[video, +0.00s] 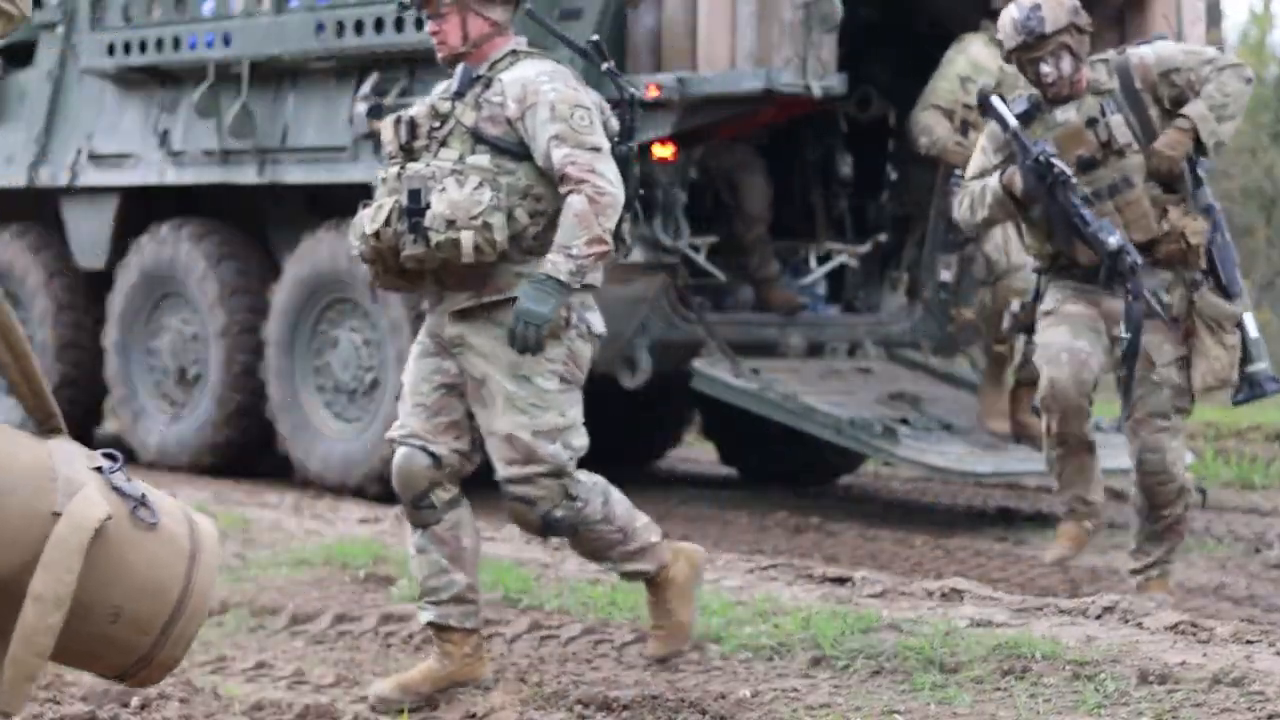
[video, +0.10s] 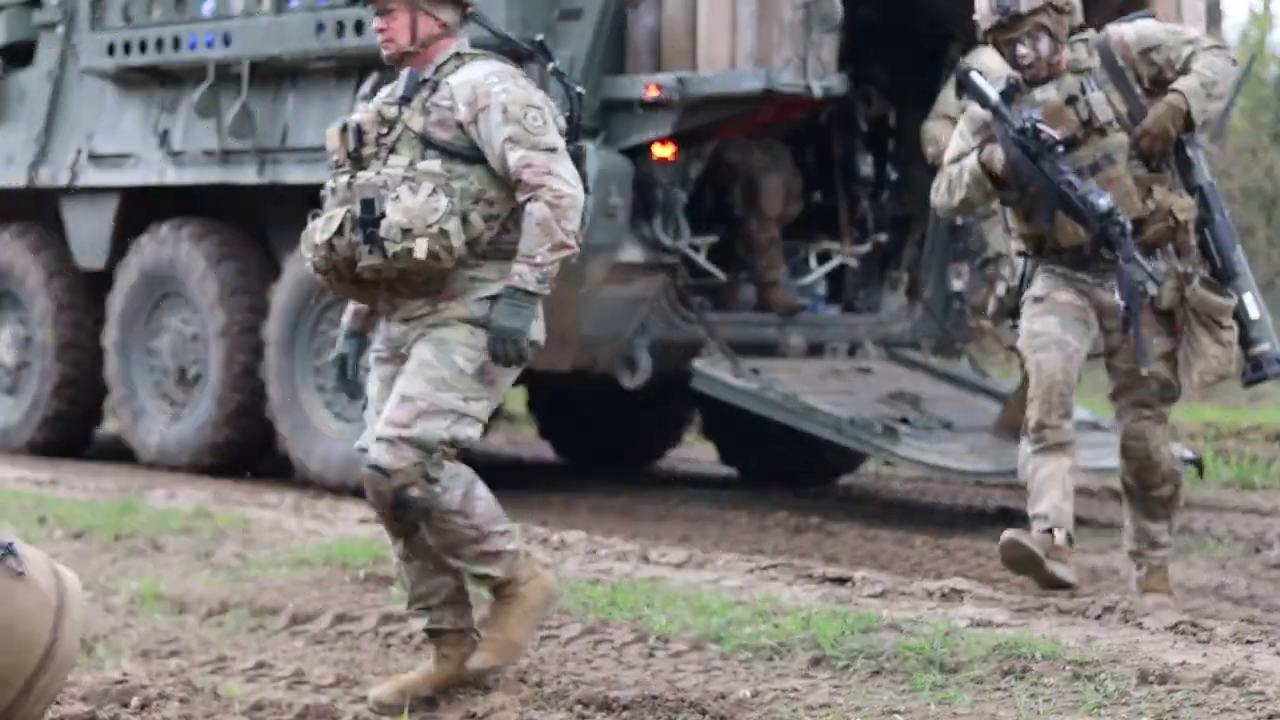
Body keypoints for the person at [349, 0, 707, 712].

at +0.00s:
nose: (431, 26)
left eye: (442, 13)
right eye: (429, 15)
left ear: (487, 16)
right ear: (465, 24)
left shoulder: (542, 85)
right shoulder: (452, 96)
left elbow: (597, 188)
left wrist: (554, 282)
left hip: (529, 313)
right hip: (451, 314)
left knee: (540, 489)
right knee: (421, 472)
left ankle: (664, 564)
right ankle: (457, 649)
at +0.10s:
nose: (376, 21)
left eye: (389, 10)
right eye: (374, 11)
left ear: (437, 14)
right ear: (386, 17)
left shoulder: (492, 86)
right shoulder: (382, 95)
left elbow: (556, 193)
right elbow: (380, 216)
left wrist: (522, 295)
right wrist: (357, 316)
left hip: (474, 311)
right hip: (402, 312)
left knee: (401, 464)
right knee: (391, 476)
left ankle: (520, 578)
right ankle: (449, 648)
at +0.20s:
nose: (323, 19)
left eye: (337, 7)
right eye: (322, 9)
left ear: (383, 14)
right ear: (344, 19)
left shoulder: (437, 85)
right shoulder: (336, 100)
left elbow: (514, 186)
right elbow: (302, 213)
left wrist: (490, 294)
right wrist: (256, 306)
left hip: (426, 308)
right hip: (366, 307)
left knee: (307, 432)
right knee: (377, 491)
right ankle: (453, 651)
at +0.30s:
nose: (266, 11)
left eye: (280, 1)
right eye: (266, 2)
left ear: (328, 7)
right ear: (291, 12)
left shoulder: (379, 83)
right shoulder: (274, 91)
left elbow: (461, 186)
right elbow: (242, 200)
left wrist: (433, 294)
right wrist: (181, 275)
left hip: (360, 314)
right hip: (306, 312)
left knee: (241, 451)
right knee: (356, 495)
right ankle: (452, 653)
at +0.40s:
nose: (212, 5)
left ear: (272, 3)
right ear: (221, 11)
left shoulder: (314, 81)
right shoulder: (212, 81)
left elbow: (396, 192)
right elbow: (168, 189)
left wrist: (359, 299)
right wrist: (114, 265)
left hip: (282, 314)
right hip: (236, 311)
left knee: (184, 468)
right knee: (312, 496)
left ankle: (149, 663)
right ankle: (433, 636)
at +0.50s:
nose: (137, 1)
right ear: (164, 5)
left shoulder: (242, 70)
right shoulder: (153, 66)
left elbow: (307, 189)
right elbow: (128, 193)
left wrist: (275, 300)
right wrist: (76, 274)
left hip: (218, 297)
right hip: (168, 297)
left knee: (144, 468)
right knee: (164, 473)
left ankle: (147, 664)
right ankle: (328, 577)